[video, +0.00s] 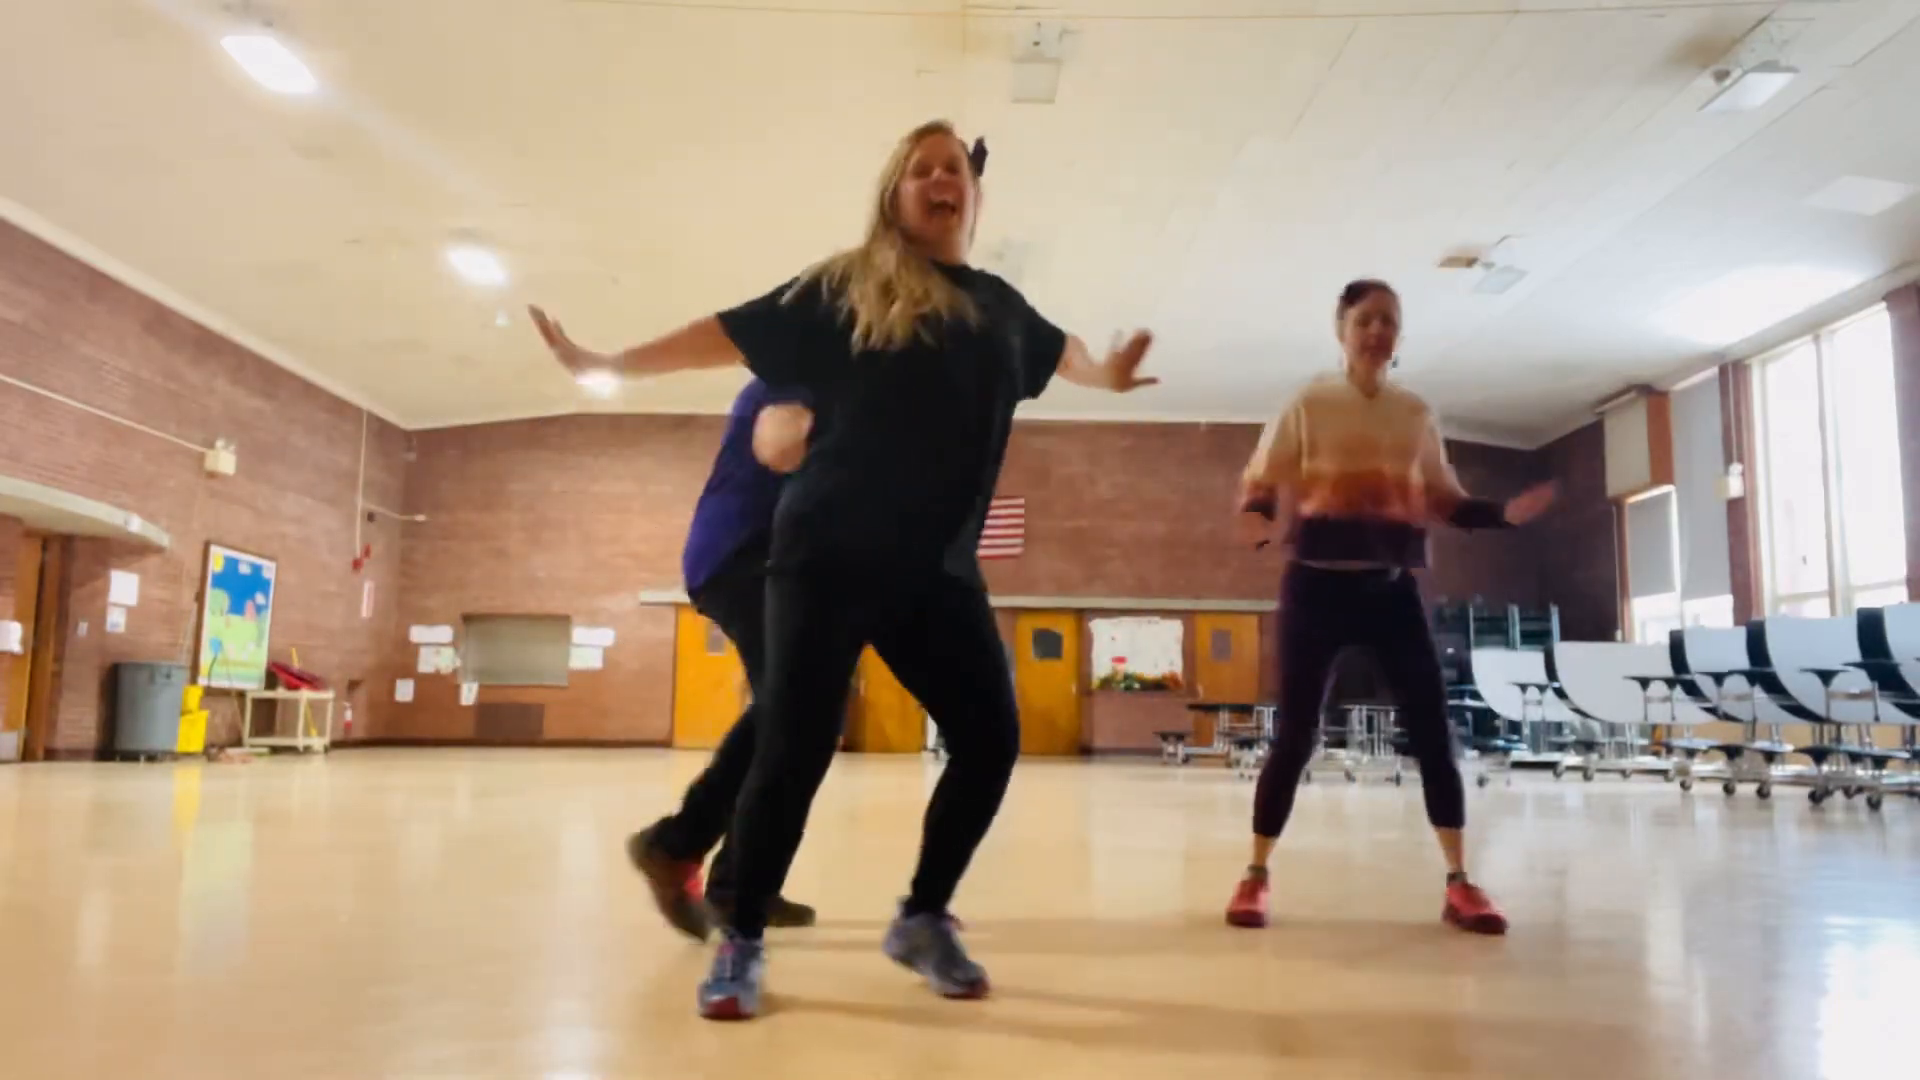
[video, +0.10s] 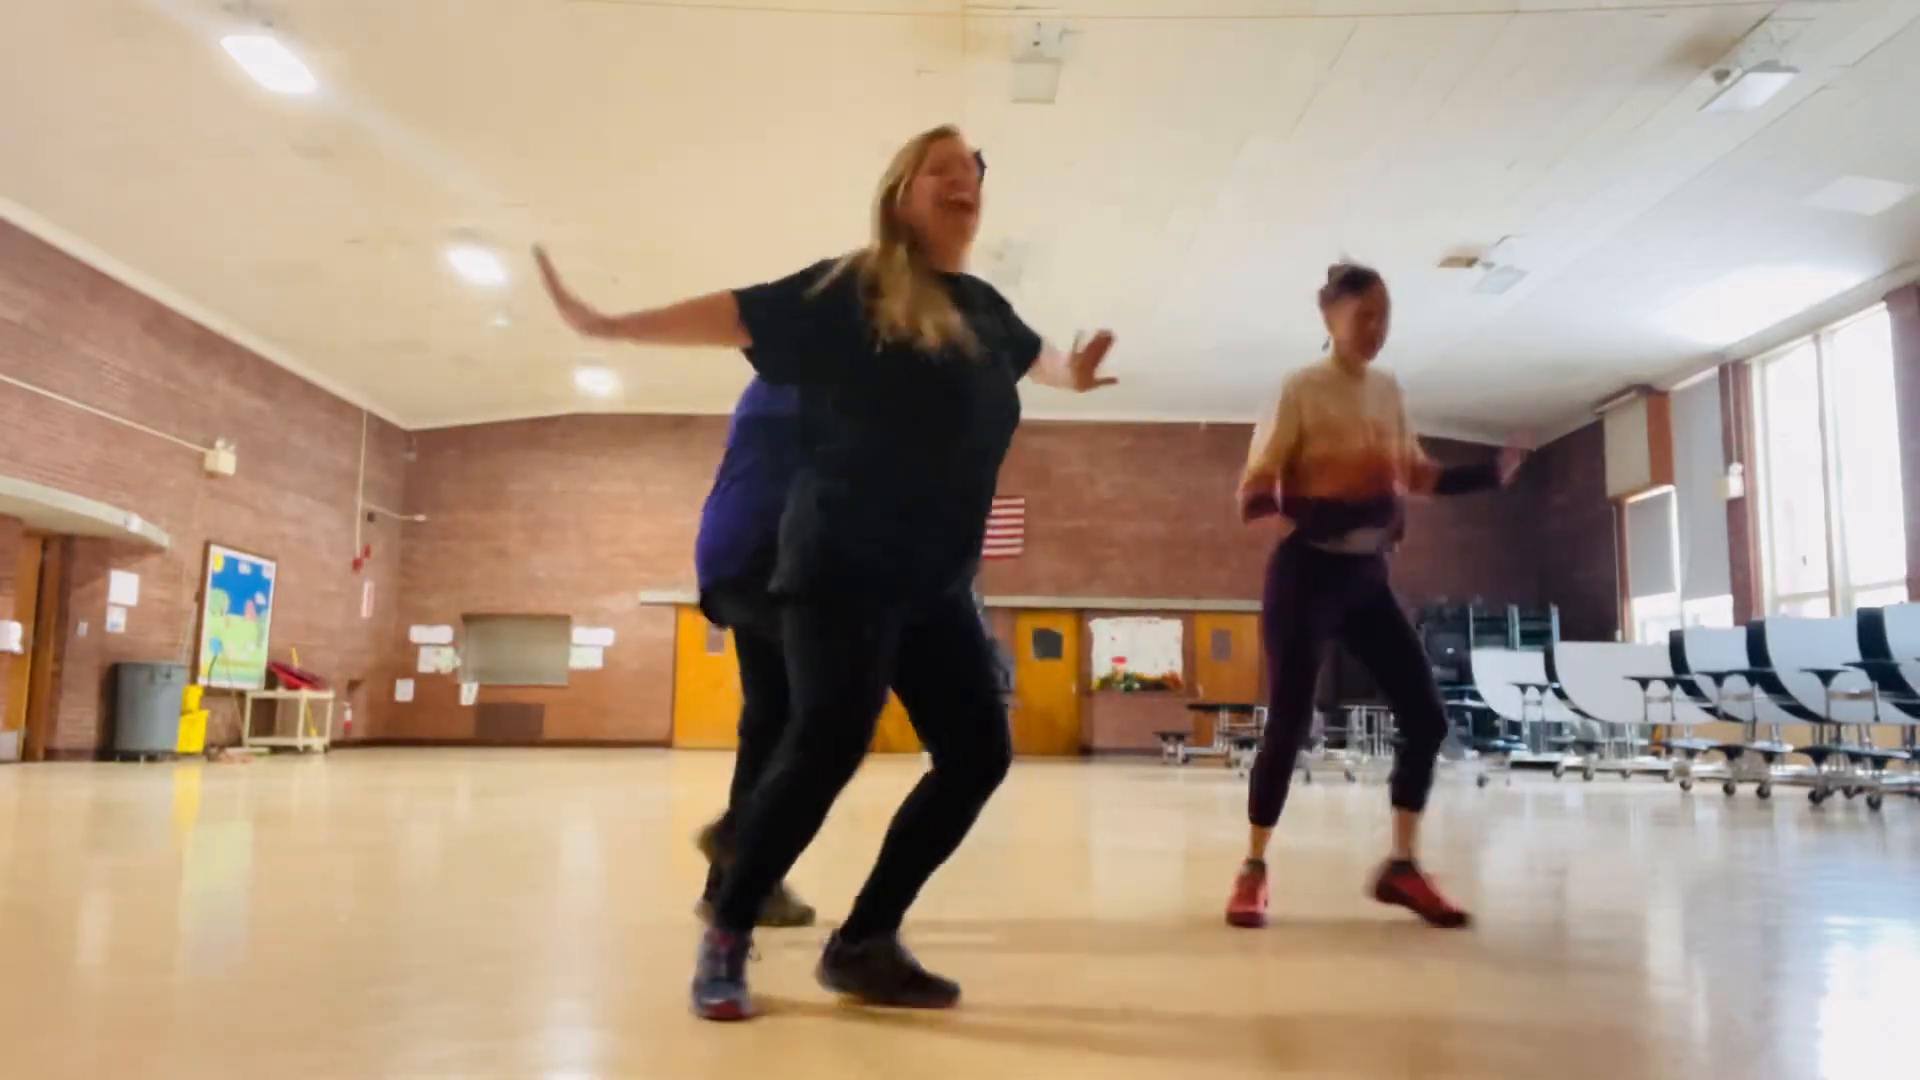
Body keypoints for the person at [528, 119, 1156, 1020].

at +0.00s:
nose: (942, 180)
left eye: (956, 169)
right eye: (925, 169)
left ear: (977, 194)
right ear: (894, 195)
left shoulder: (999, 306)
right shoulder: (844, 288)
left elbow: (1066, 353)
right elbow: (721, 335)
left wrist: (1112, 371)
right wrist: (603, 362)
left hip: (932, 564)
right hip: (823, 550)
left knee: (989, 739)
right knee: (797, 742)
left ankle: (923, 918)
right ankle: (738, 940)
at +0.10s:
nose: (964, 183)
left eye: (974, 173)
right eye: (943, 171)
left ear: (983, 201)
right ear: (901, 195)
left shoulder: (985, 311)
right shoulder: (850, 290)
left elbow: (1038, 360)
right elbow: (730, 315)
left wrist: (1075, 368)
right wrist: (606, 325)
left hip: (933, 580)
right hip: (836, 568)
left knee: (976, 754)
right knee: (826, 743)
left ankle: (866, 941)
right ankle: (725, 935)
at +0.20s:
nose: (1005, 190)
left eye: (997, 177)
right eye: (988, 178)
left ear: (954, 200)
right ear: (940, 197)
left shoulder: (972, 309)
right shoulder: (868, 280)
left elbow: (952, 408)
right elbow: (763, 290)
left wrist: (1022, 383)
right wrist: (650, 279)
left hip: (942, 573)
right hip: (859, 562)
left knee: (957, 751)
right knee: (891, 736)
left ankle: (861, 950)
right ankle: (755, 902)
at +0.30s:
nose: (1004, 188)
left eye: (996, 173)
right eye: (988, 173)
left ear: (953, 193)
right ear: (948, 189)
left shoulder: (977, 296)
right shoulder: (907, 262)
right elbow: (824, 267)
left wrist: (984, 508)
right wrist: (738, 249)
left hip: (921, 546)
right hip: (861, 540)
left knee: (926, 727)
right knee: (951, 708)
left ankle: (867, 934)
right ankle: (824, 915)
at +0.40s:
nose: (863, 368)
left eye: (864, 359)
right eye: (861, 357)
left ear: (791, 348)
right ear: (843, 351)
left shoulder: (746, 408)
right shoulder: (849, 392)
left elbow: (715, 511)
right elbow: (878, 480)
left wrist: (780, 497)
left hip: (757, 585)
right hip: (832, 580)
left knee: (798, 730)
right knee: (874, 730)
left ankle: (768, 888)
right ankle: (855, 887)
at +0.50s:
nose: (859, 359)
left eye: (858, 351)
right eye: (855, 348)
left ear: (784, 346)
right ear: (829, 342)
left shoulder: (742, 401)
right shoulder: (849, 375)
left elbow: (701, 499)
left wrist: (760, 474)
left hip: (764, 579)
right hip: (846, 570)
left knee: (801, 726)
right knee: (920, 708)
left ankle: (766, 889)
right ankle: (904, 841)